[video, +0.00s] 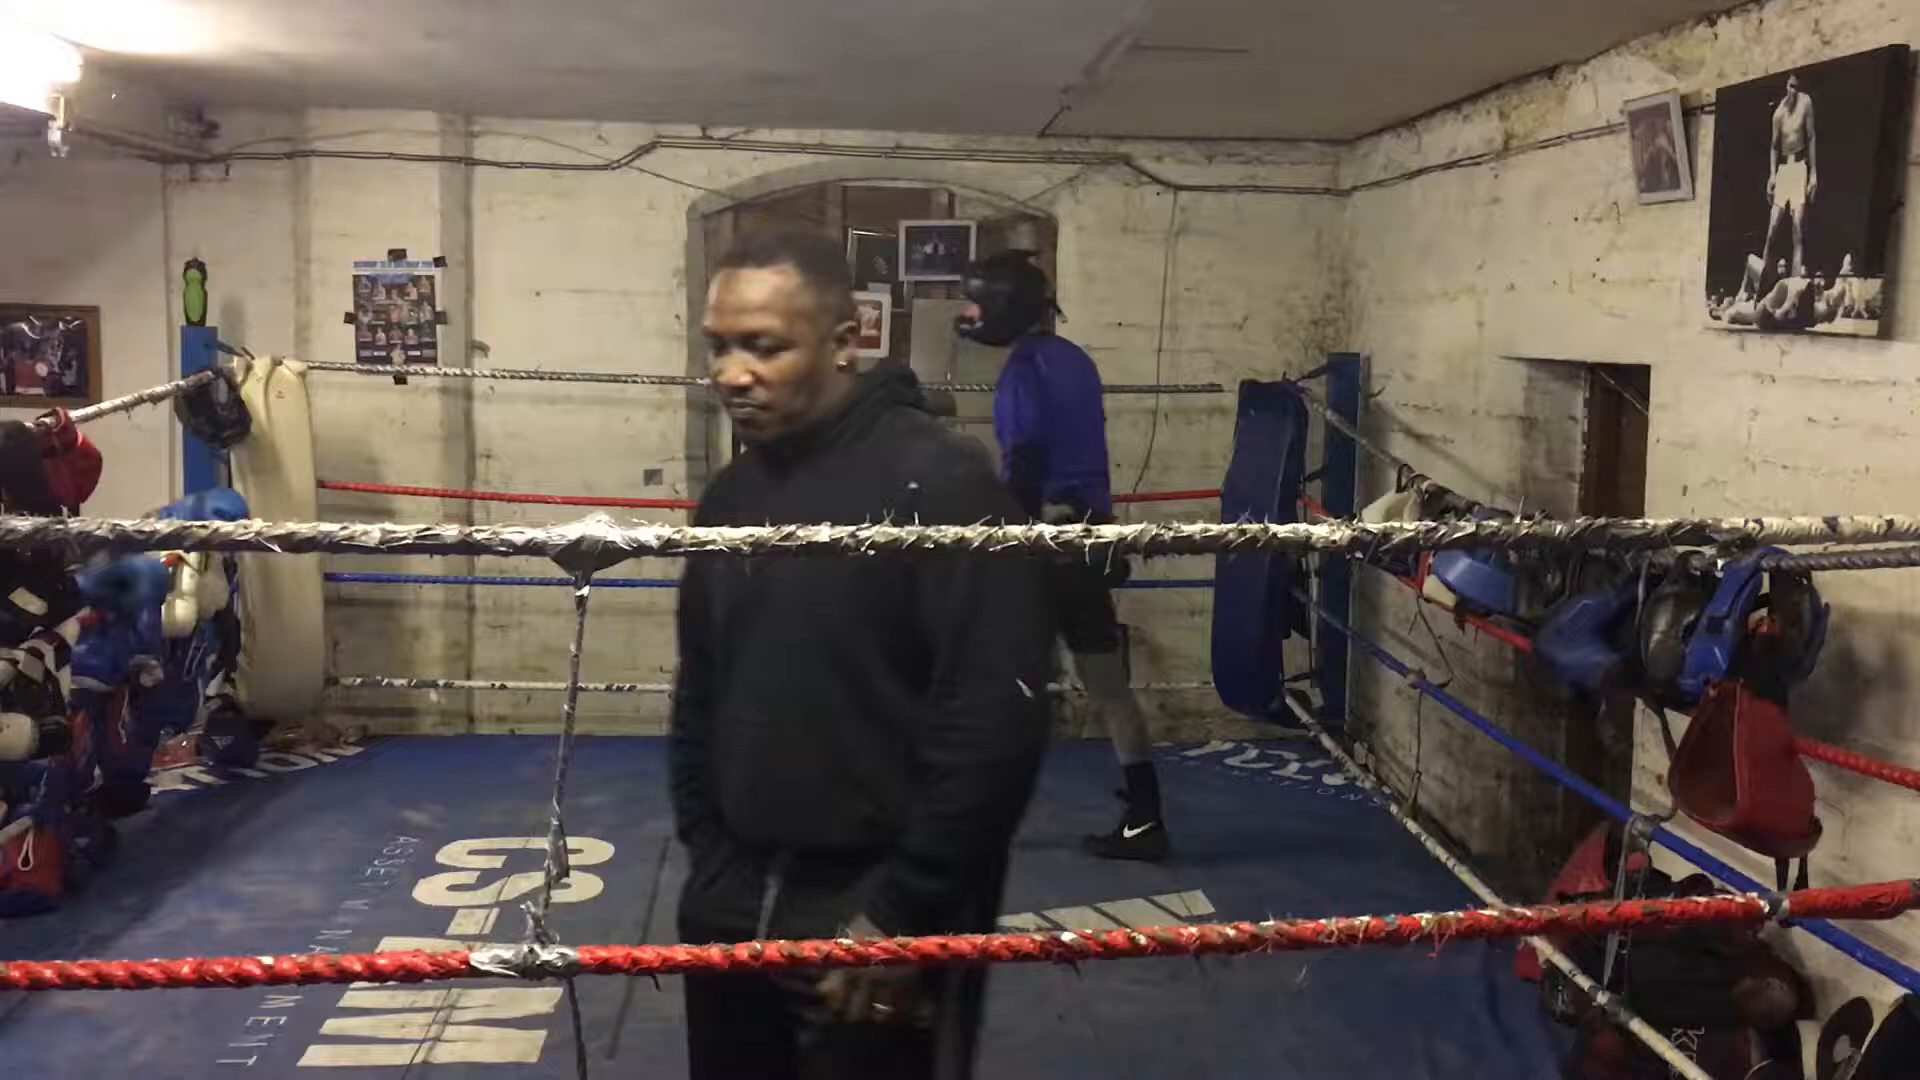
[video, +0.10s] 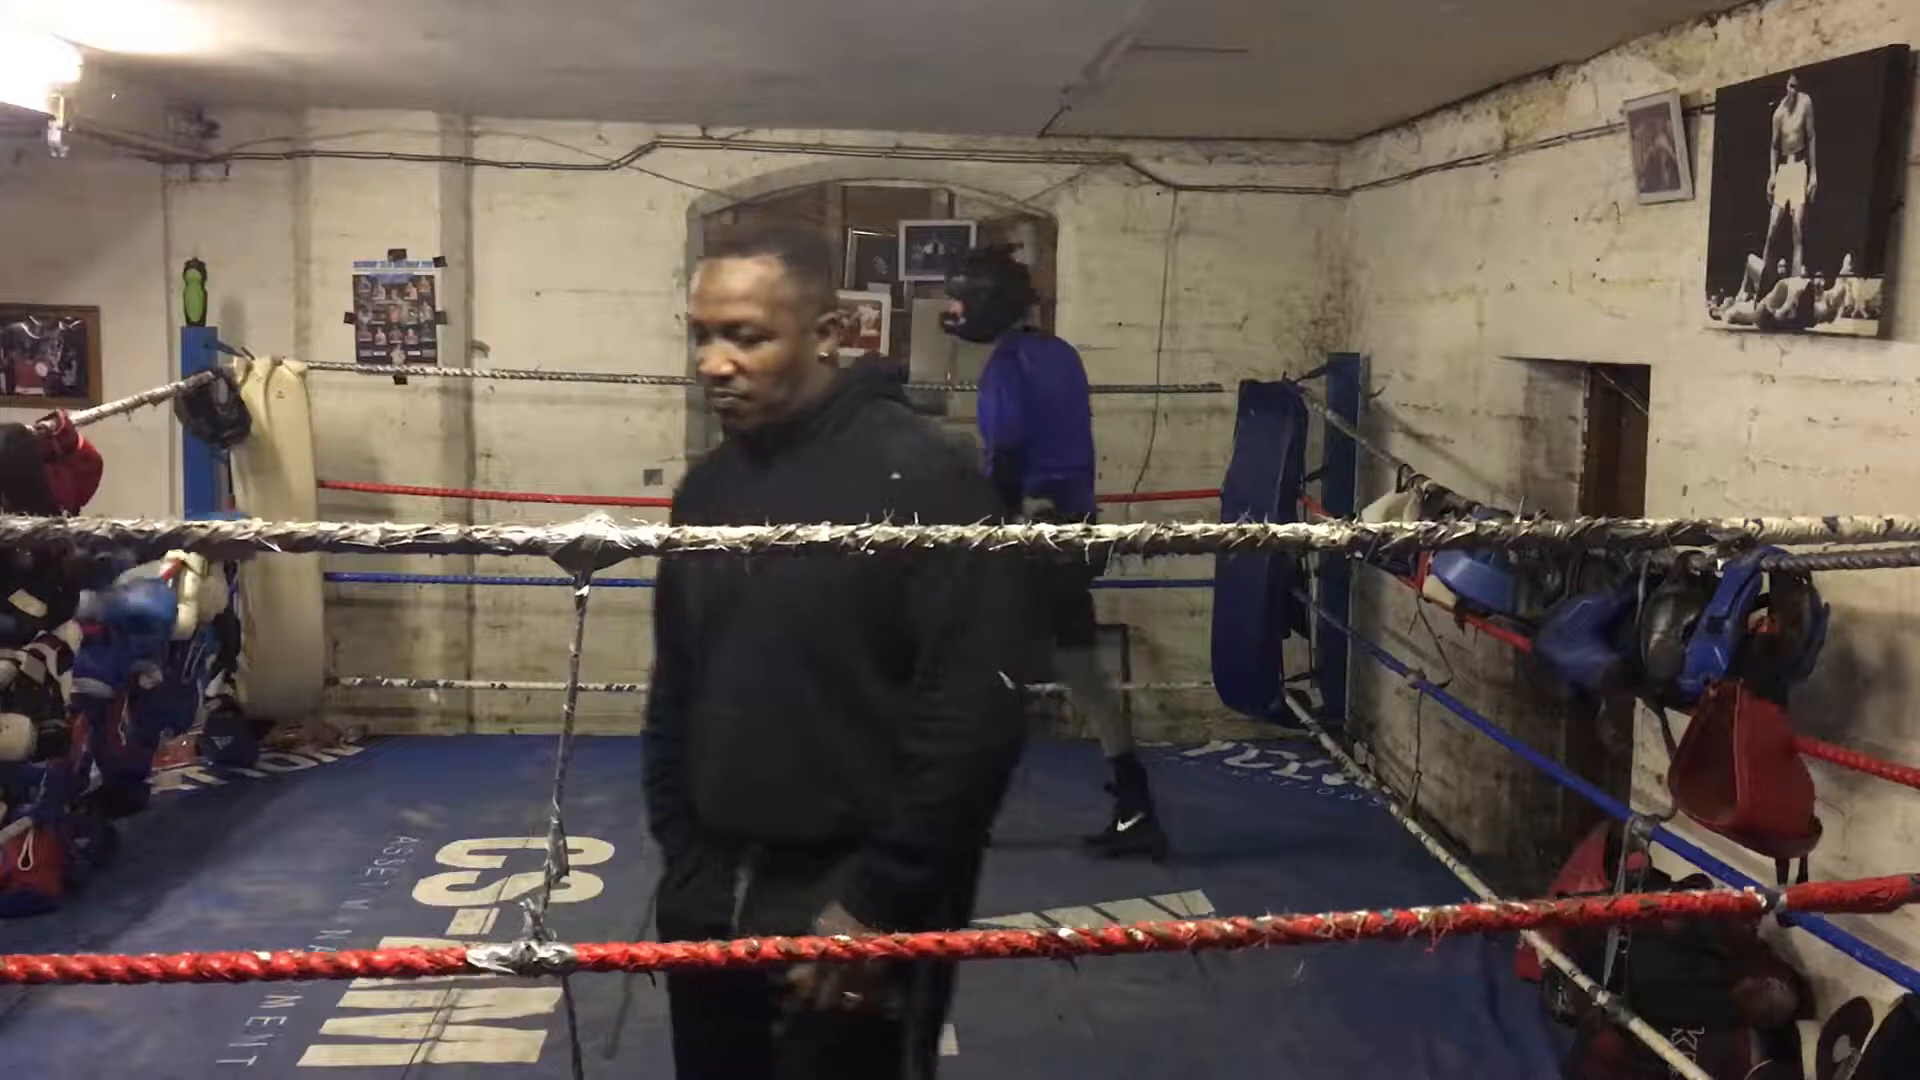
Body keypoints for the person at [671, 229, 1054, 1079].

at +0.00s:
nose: (733, 374)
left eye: (763, 348)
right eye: (719, 347)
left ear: (847, 341)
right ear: (707, 343)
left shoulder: (947, 488)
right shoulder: (730, 497)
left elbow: (996, 724)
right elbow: (698, 694)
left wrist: (897, 917)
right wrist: (711, 859)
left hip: (888, 900)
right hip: (735, 883)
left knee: (871, 1066)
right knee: (731, 1067)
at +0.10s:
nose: (713, 364)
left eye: (744, 337)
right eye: (702, 338)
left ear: (827, 335)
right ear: (693, 335)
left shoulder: (928, 479)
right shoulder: (706, 491)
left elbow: (978, 715)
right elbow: (675, 694)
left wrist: (873, 903)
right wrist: (687, 866)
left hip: (867, 892)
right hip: (715, 883)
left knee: (844, 1066)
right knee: (716, 1067)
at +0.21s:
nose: (689, 346)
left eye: (722, 320)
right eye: (677, 319)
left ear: (799, 322)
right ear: (666, 317)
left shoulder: (899, 472)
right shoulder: (674, 481)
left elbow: (942, 715)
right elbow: (647, 691)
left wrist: (851, 899)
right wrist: (658, 862)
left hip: (839, 883)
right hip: (688, 879)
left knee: (823, 1067)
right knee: (703, 1067)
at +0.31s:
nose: (648, 353)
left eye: (680, 328)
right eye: (634, 325)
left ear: (760, 328)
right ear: (620, 320)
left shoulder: (864, 474)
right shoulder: (634, 483)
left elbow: (920, 709)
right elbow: (606, 688)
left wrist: (821, 895)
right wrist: (627, 862)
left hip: (812, 881)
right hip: (659, 876)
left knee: (794, 1067)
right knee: (683, 1064)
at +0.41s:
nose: (626, 364)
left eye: (659, 337)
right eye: (610, 334)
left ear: (739, 329)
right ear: (595, 324)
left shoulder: (844, 480)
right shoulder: (605, 486)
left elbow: (912, 716)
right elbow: (574, 684)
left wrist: (815, 905)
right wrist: (589, 843)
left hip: (779, 901)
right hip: (631, 889)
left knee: (729, 1063)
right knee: (664, 1061)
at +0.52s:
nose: (614, 366)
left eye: (649, 338)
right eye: (598, 334)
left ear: (732, 336)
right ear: (583, 325)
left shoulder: (830, 497)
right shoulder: (583, 482)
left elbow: (893, 749)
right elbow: (543, 685)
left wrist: (806, 933)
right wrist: (546, 846)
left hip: (746, 916)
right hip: (596, 897)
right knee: (616, 1058)